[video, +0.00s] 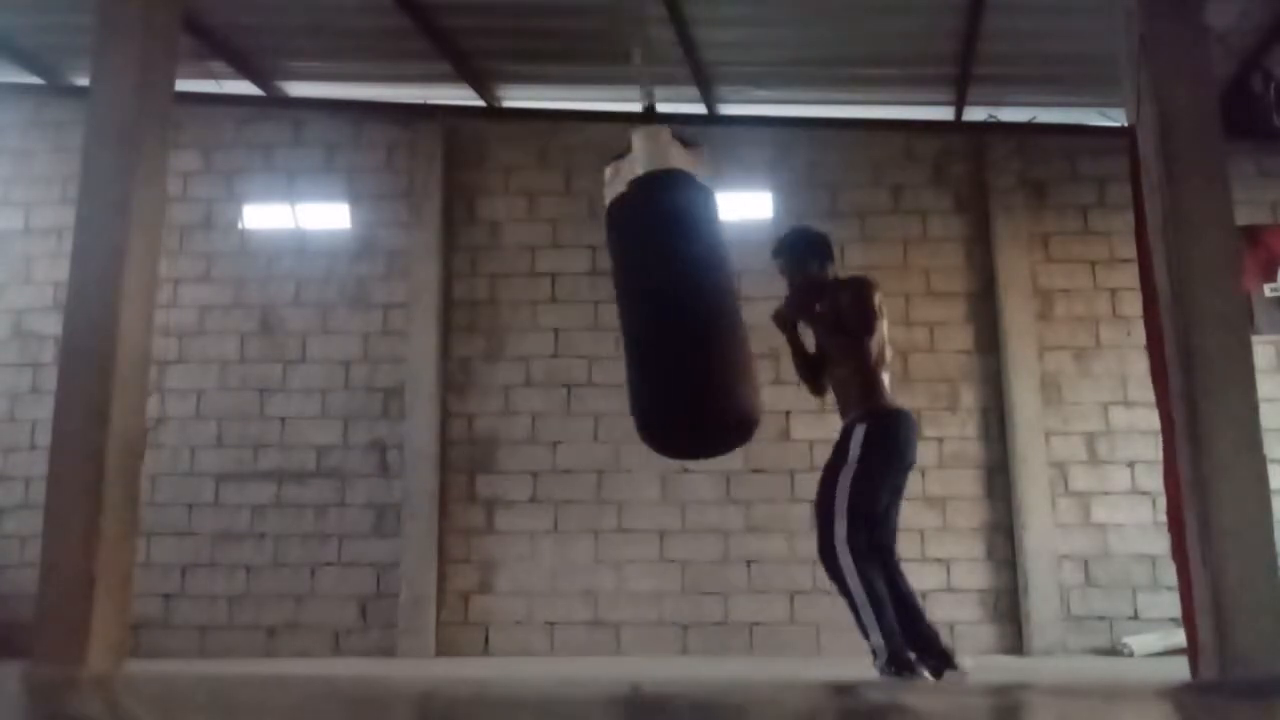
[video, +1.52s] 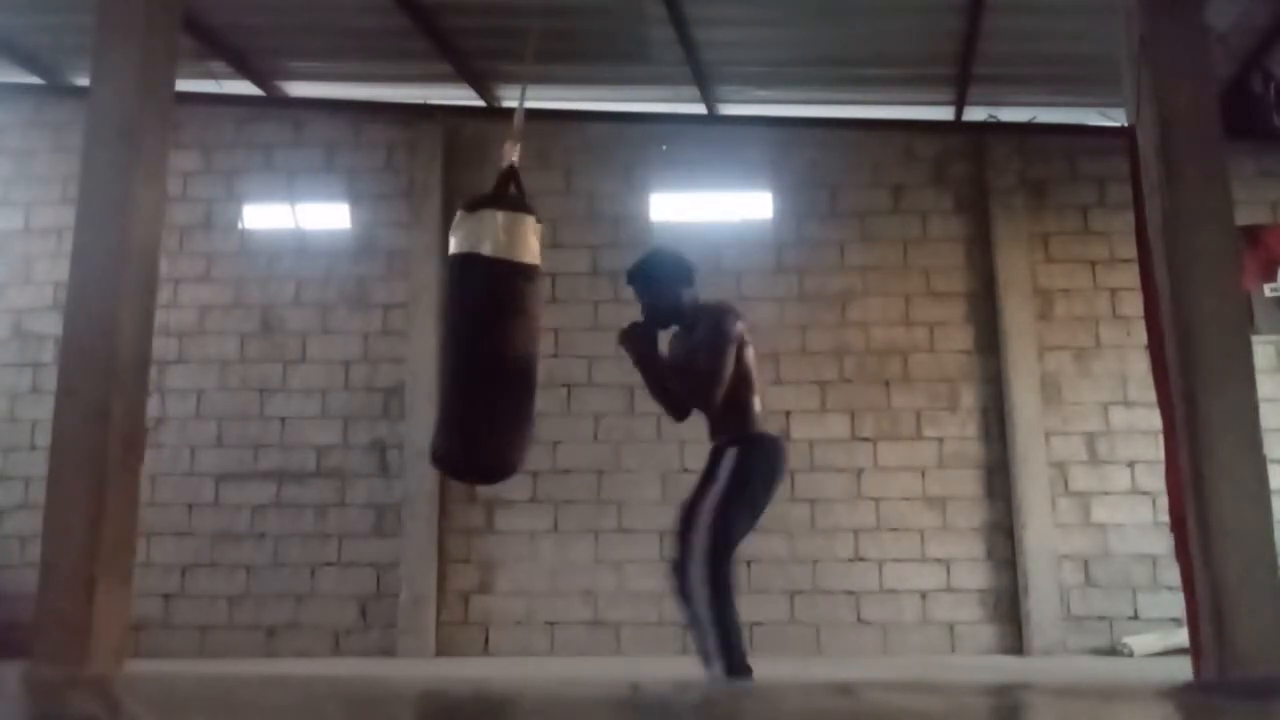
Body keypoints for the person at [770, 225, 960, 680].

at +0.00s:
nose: (784, 283)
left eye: (787, 271)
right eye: (782, 273)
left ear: (813, 265)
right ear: (812, 267)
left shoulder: (856, 290)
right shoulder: (823, 313)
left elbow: (868, 353)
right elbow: (816, 382)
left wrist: (818, 314)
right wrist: (791, 334)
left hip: (872, 430)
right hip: (886, 430)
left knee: (840, 544)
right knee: (876, 549)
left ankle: (896, 664)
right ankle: (933, 657)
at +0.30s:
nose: (791, 287)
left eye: (795, 276)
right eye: (790, 278)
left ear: (821, 274)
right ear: (818, 277)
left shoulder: (863, 303)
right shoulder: (832, 325)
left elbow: (866, 365)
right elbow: (820, 395)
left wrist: (814, 327)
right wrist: (794, 338)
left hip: (874, 442)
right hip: (876, 443)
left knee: (850, 561)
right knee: (858, 564)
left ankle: (904, 669)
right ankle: (945, 656)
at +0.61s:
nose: (787, 315)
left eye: (791, 303)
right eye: (785, 305)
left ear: (817, 300)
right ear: (814, 304)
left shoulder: (857, 327)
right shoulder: (828, 347)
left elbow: (855, 393)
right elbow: (817, 419)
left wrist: (803, 354)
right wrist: (785, 367)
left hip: (873, 466)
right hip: (882, 466)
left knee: (823, 573)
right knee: (857, 580)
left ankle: (905, 672)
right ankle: (913, 675)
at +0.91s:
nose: (777, 297)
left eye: (784, 286)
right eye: (775, 287)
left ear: (809, 286)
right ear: (777, 290)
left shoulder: (843, 325)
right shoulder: (787, 338)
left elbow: (851, 370)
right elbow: (763, 406)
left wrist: (798, 340)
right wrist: (754, 352)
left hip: (844, 460)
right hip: (823, 462)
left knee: (807, 566)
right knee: (843, 581)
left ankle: (769, 678)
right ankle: (909, 679)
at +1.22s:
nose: (700, 323)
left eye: (704, 314)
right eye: (700, 314)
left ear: (722, 313)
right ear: (733, 314)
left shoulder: (774, 343)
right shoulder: (720, 358)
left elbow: (794, 403)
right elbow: (714, 432)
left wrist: (731, 367)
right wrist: (692, 391)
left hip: (790, 473)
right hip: (783, 475)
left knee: (725, 575)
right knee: (779, 597)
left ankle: (735, 692)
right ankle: (889, 669)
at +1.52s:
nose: (643, 308)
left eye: (647, 295)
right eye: (640, 297)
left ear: (673, 288)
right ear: (666, 294)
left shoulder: (719, 320)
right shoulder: (683, 339)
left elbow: (706, 397)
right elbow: (676, 407)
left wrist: (649, 355)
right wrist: (645, 356)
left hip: (748, 453)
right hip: (731, 454)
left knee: (703, 555)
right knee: (693, 557)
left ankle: (730, 678)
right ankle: (726, 676)